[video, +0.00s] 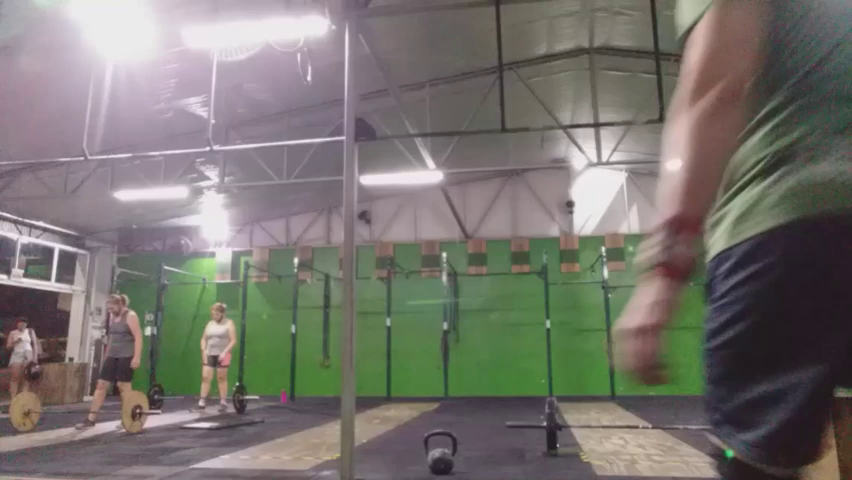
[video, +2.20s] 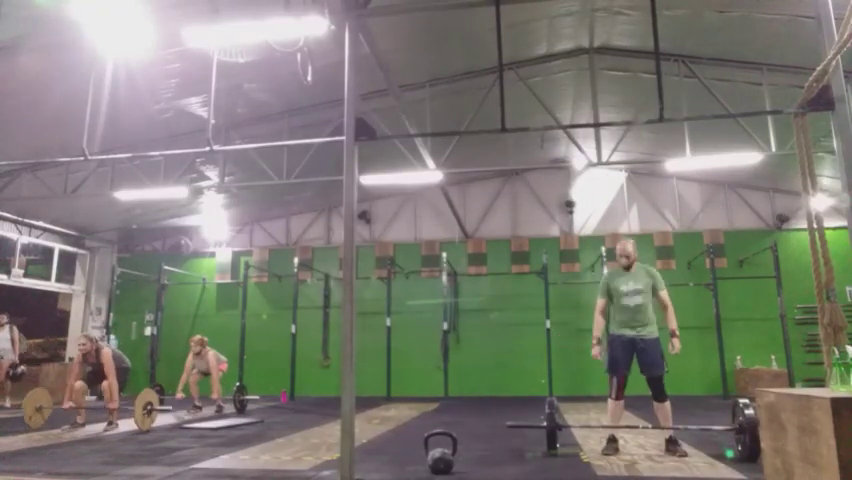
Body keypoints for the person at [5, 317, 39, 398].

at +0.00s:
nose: (22, 325)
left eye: (24, 323)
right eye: (20, 323)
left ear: (26, 324)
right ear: (17, 324)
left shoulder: (30, 332)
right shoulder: (13, 333)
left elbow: (35, 345)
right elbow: (8, 347)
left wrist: (35, 359)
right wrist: (16, 342)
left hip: (28, 357)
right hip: (16, 357)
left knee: (27, 378)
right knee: (14, 378)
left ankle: (25, 398)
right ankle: (13, 400)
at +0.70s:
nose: (31, 324)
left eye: (33, 322)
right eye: (30, 322)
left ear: (35, 323)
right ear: (27, 322)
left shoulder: (38, 331)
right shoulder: (22, 330)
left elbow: (41, 343)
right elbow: (8, 339)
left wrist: (41, 354)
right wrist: (8, 352)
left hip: (32, 355)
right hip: (22, 354)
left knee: (28, 376)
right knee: (21, 375)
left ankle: (23, 395)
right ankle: (14, 395)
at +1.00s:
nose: (18, 323)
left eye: (20, 321)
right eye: (16, 321)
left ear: (23, 322)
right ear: (14, 323)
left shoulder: (27, 332)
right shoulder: (10, 333)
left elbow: (31, 345)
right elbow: (5, 346)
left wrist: (33, 358)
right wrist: (2, 358)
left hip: (24, 357)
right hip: (11, 357)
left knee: (22, 379)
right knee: (8, 379)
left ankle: (22, 399)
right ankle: (7, 400)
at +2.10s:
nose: (11, 320)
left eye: (13, 319)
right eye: (10, 318)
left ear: (17, 320)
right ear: (6, 320)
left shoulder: (20, 329)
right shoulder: (3, 330)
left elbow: (24, 344)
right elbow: (2, 342)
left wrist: (25, 357)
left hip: (16, 354)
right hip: (3, 354)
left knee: (11, 377)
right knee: (2, 376)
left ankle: (9, 399)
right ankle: (2, 396)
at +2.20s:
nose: (2, 320)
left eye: (3, 317)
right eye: (1, 317)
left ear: (7, 318)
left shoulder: (12, 328)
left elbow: (16, 342)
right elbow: (16, 343)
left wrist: (16, 356)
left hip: (7, 354)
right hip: (2, 354)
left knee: (4, 377)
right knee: (3, 378)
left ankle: (7, 398)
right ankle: (6, 398)